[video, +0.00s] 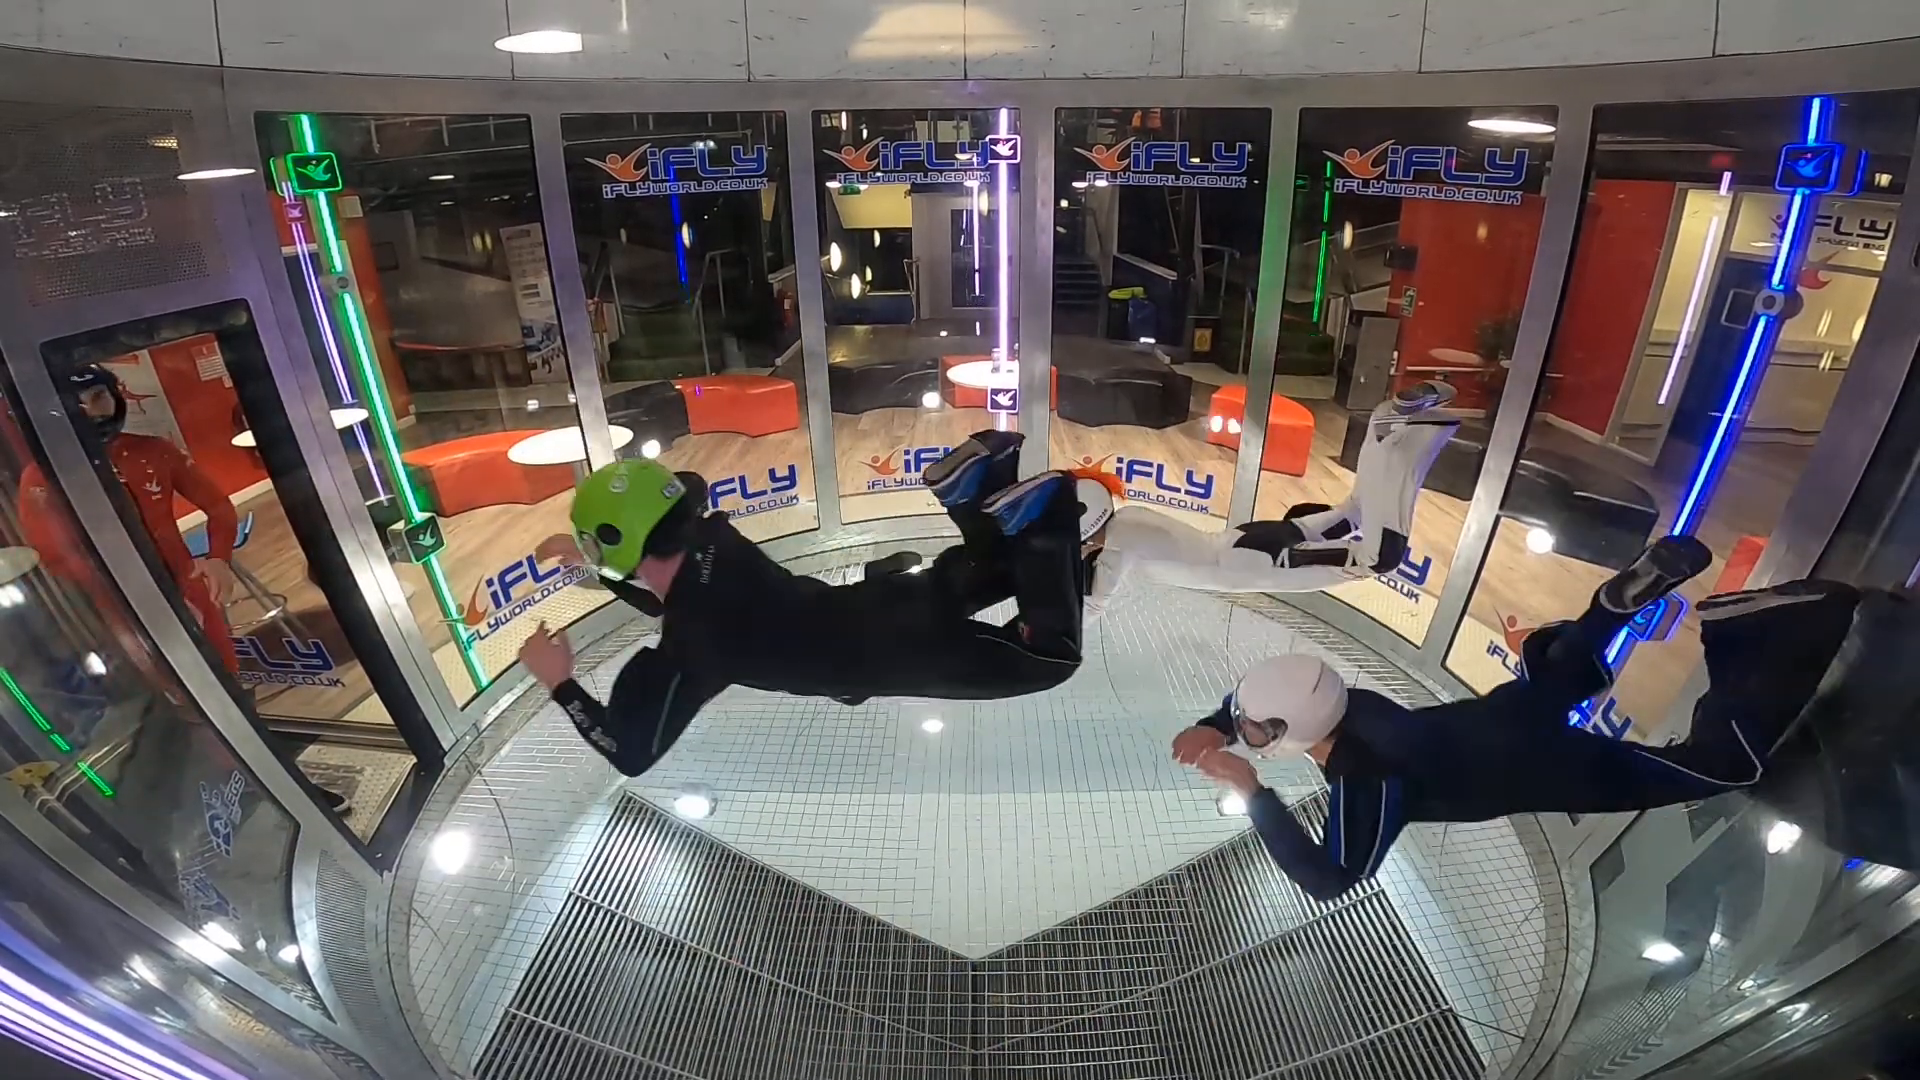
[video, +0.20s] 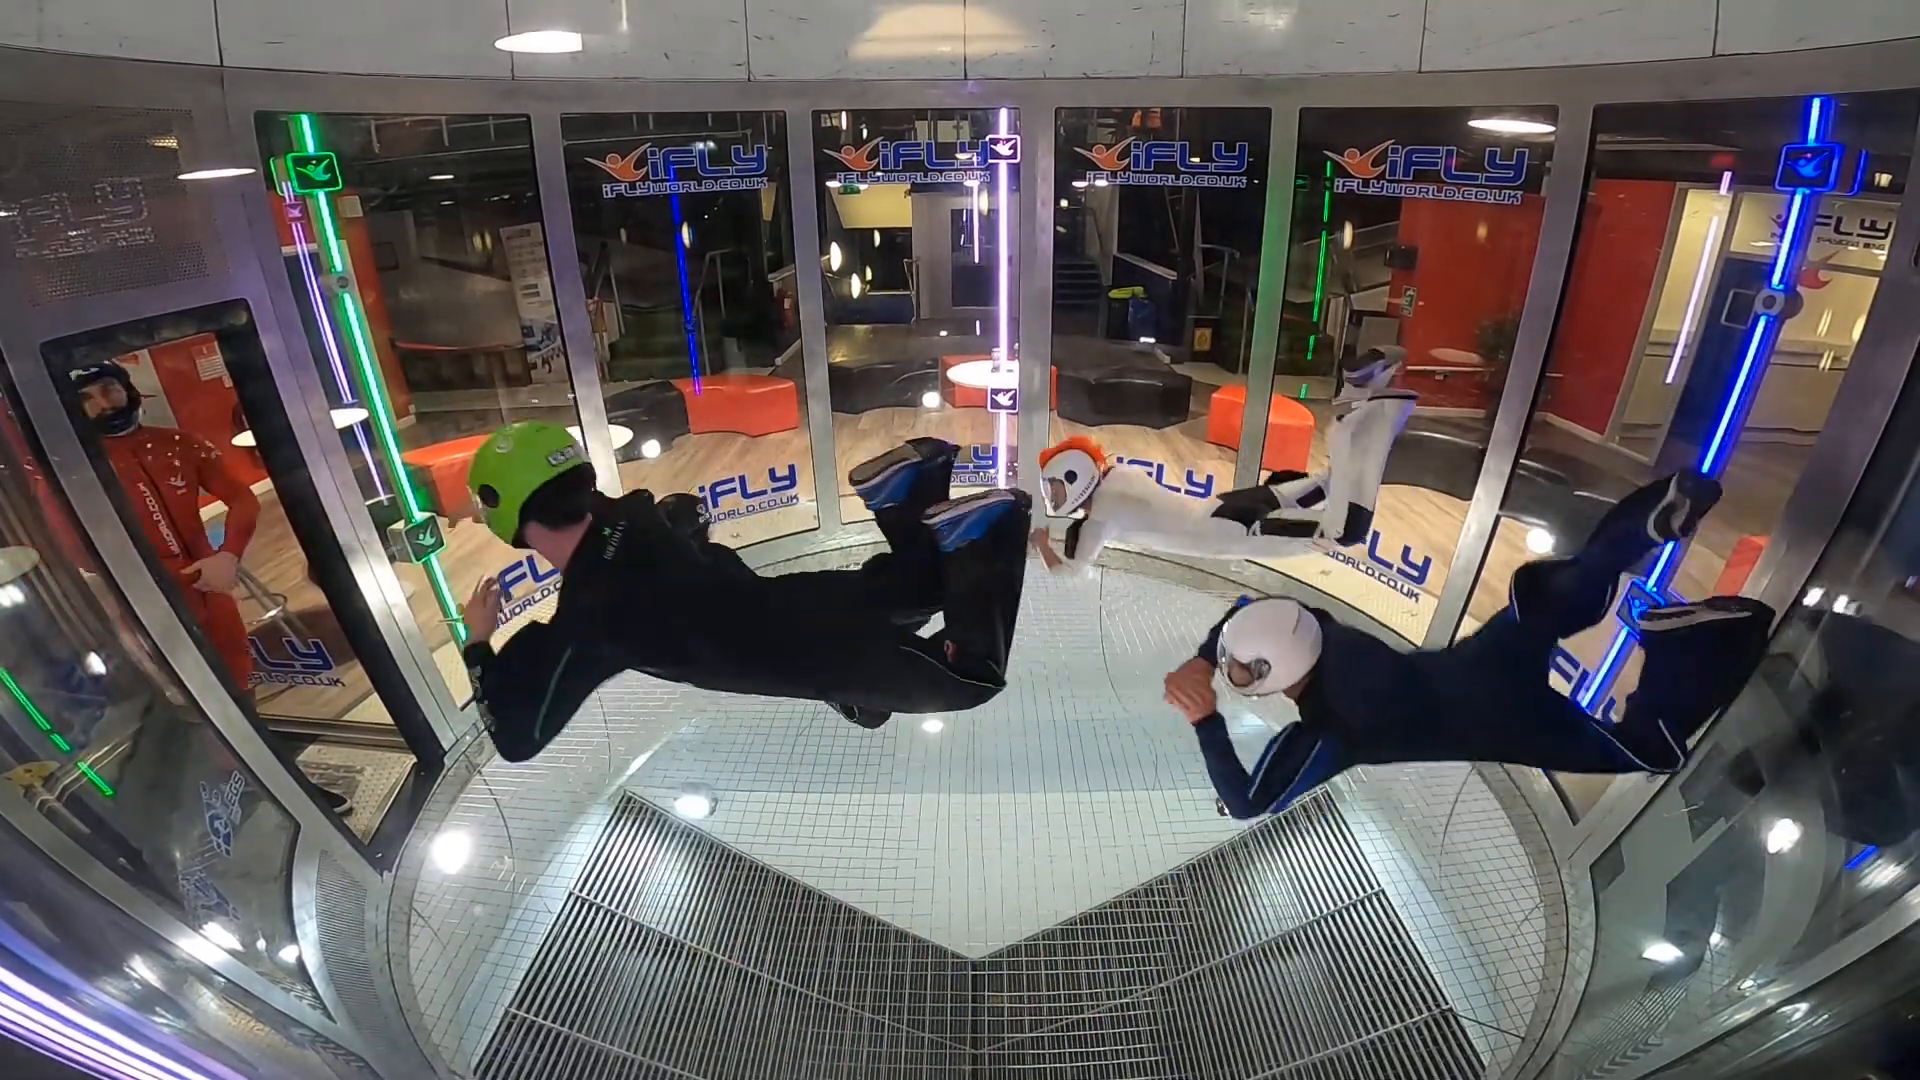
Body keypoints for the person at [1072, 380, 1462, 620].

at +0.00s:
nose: (1079, 541)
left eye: (1078, 531)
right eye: (1079, 529)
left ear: (1089, 530)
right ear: (1101, 507)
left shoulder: (1123, 542)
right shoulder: (1123, 520)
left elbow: (1097, 596)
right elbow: (1104, 591)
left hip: (1252, 561)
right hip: (1246, 538)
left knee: (1381, 556)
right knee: (1355, 520)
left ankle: (1395, 442)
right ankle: (1394, 427)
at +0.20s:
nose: (1052, 498)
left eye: (1056, 489)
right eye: (1049, 489)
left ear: (1077, 485)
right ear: (1084, 473)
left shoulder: (1104, 511)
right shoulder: (1114, 479)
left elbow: (1075, 566)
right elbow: (1085, 540)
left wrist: (1049, 549)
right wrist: (1056, 540)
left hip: (1236, 536)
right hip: (1227, 512)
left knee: (1346, 532)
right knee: (1318, 488)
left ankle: (1362, 429)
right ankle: (1358, 403)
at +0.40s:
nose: (1022, 461)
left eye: (1026, 452)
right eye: (1020, 452)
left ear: (1049, 444)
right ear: (1056, 435)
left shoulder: (1061, 486)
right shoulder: (1089, 434)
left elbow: (1027, 534)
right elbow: (1096, 429)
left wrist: (1006, 512)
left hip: (1175, 508)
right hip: (1179, 475)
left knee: (1288, 529)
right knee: (1253, 466)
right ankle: (1308, 401)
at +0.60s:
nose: (971, 433)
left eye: (975, 426)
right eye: (968, 426)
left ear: (994, 421)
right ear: (999, 414)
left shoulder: (1009, 456)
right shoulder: (1031, 413)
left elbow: (971, 504)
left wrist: (953, 474)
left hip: (1116, 483)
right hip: (1116, 457)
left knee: (1208, 524)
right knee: (1166, 458)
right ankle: (1221, 454)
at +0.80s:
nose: (915, 410)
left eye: (920, 401)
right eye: (911, 402)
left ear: (940, 397)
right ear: (944, 393)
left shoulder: (953, 435)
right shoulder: (969, 400)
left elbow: (925, 488)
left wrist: (897, 473)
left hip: (1055, 476)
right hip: (1054, 449)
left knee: (1139, 520)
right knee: (1094, 454)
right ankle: (1143, 455)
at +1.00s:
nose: (862, 402)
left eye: (868, 393)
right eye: (857, 396)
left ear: (886, 388)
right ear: (863, 392)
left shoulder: (901, 419)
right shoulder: (898, 394)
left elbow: (858, 469)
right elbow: (871, 406)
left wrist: (813, 437)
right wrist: (849, 407)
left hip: (998, 468)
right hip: (990, 452)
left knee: (1078, 508)